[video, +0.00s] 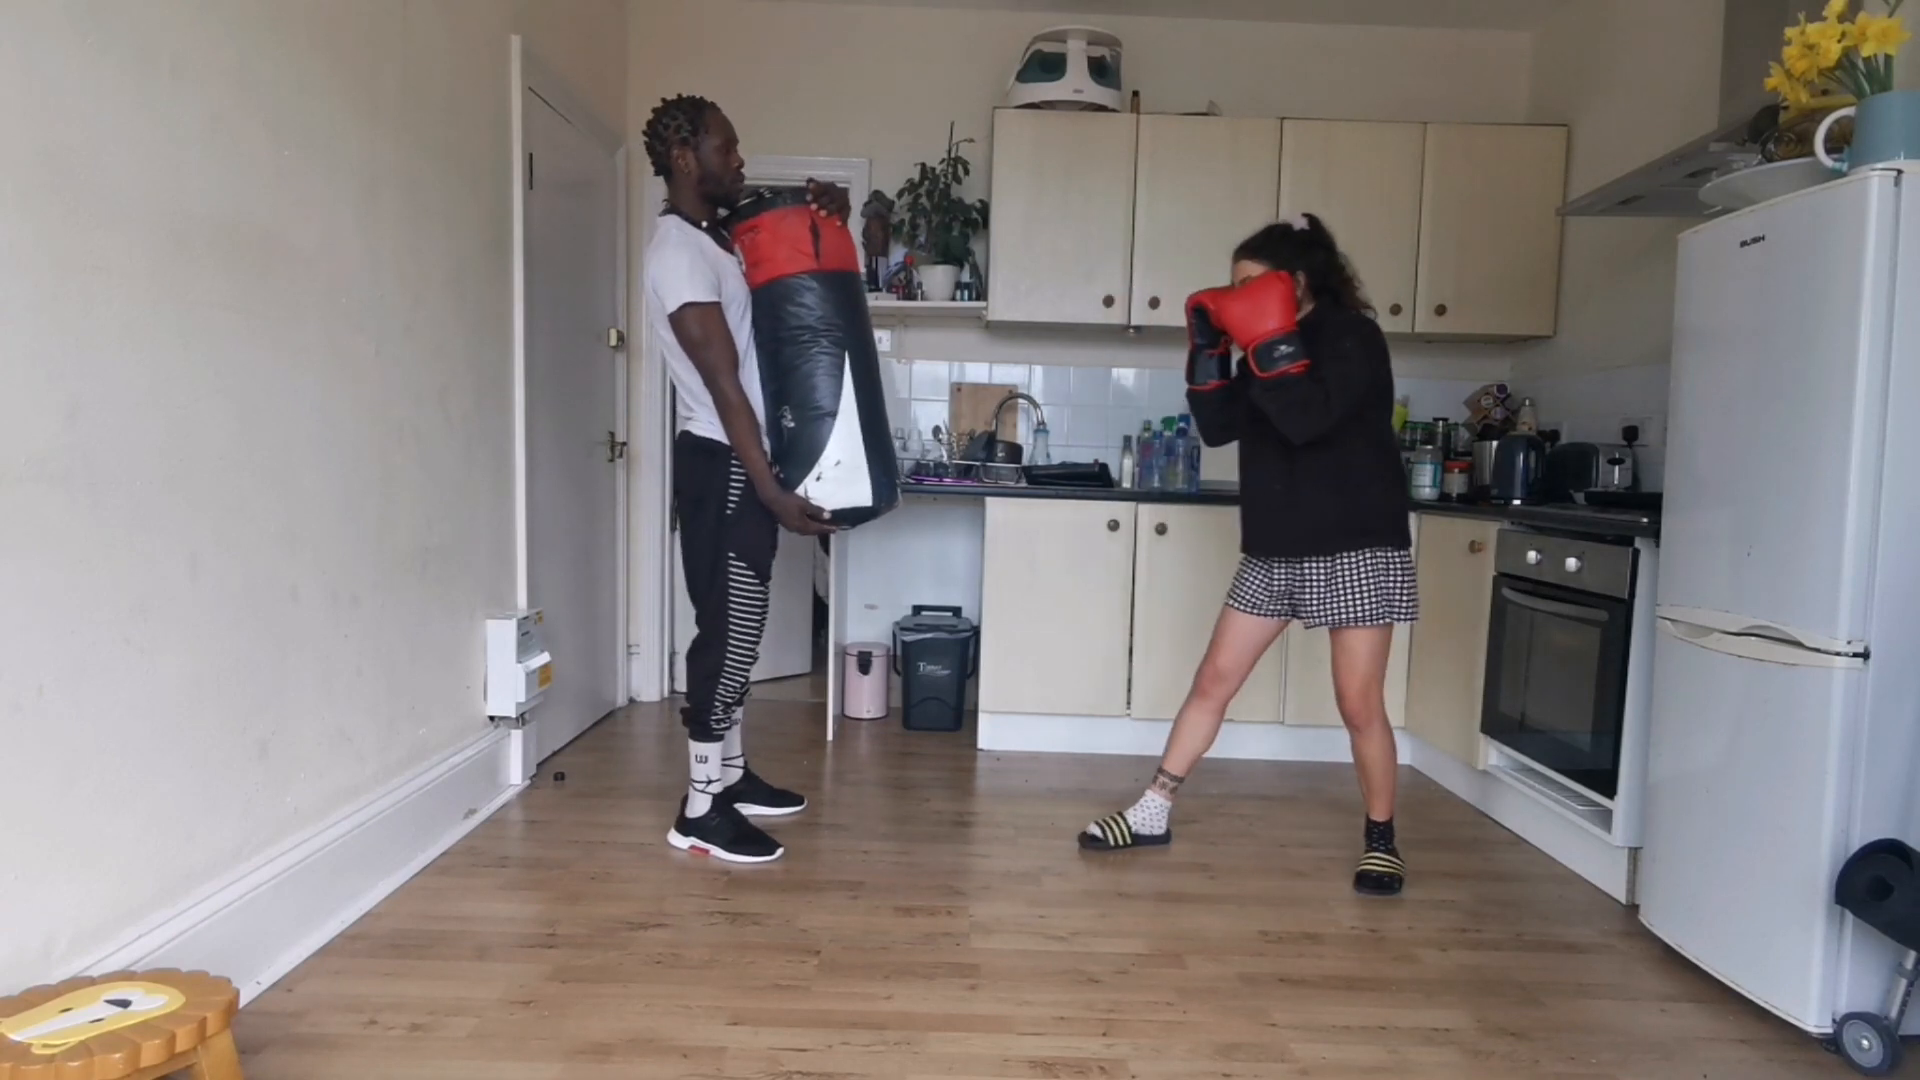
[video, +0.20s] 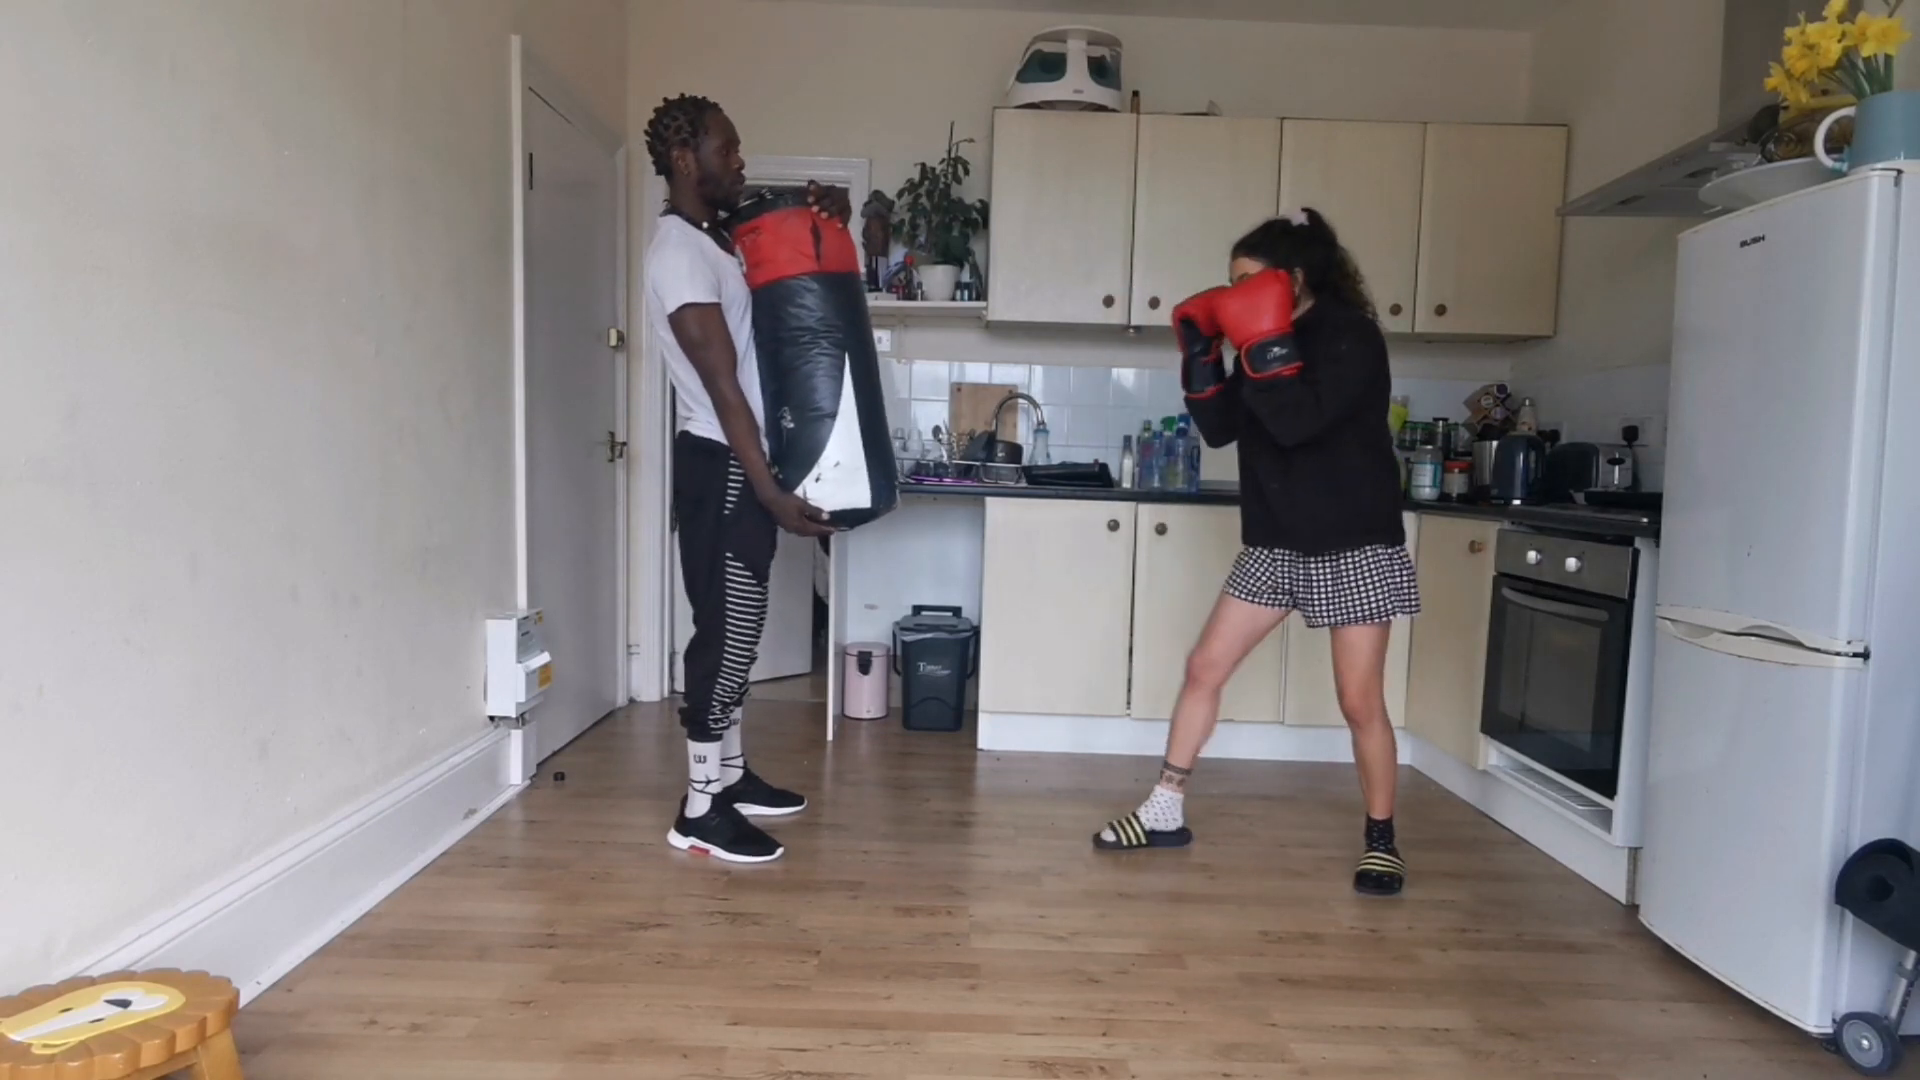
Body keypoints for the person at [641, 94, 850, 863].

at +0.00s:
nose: (741, 162)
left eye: (737, 148)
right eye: (726, 148)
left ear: (692, 159)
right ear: (683, 157)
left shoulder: (713, 239)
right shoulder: (677, 247)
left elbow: (785, 302)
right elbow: (721, 379)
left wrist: (820, 220)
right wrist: (770, 484)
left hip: (746, 451)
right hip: (719, 455)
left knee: (738, 620)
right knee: (732, 623)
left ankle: (726, 774)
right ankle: (703, 804)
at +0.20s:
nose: (742, 163)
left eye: (738, 149)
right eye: (728, 149)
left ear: (691, 159)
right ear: (684, 157)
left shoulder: (712, 241)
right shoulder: (677, 247)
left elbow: (782, 313)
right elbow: (719, 379)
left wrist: (819, 226)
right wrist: (769, 485)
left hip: (744, 452)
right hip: (717, 456)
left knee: (735, 622)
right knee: (730, 625)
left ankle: (726, 775)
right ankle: (702, 805)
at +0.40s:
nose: (741, 164)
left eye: (739, 150)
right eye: (728, 150)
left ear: (693, 161)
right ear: (682, 159)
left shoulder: (715, 242)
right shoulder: (678, 248)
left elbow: (784, 314)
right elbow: (720, 382)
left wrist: (822, 228)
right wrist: (771, 488)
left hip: (743, 451)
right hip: (717, 456)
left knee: (735, 623)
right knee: (728, 627)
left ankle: (727, 775)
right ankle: (702, 805)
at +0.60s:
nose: (745, 167)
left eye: (744, 152)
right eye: (731, 153)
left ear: (699, 163)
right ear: (685, 162)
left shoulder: (721, 245)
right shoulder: (682, 248)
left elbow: (795, 315)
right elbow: (722, 380)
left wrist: (832, 231)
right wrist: (771, 487)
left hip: (747, 454)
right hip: (719, 457)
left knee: (738, 621)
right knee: (730, 625)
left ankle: (727, 775)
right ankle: (702, 804)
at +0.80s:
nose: (752, 167)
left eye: (750, 152)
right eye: (738, 153)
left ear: (703, 163)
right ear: (691, 160)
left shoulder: (723, 243)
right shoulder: (683, 247)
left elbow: (794, 316)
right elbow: (720, 378)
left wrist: (834, 230)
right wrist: (767, 489)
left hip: (746, 451)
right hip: (716, 456)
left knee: (744, 622)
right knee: (728, 625)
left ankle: (730, 774)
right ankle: (701, 804)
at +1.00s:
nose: (749, 166)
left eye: (748, 151)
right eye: (736, 152)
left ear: (701, 161)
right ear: (689, 160)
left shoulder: (720, 242)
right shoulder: (683, 245)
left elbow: (789, 319)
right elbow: (723, 378)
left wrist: (831, 233)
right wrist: (770, 486)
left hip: (744, 453)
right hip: (716, 456)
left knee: (745, 622)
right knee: (728, 625)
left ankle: (730, 775)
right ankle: (702, 804)